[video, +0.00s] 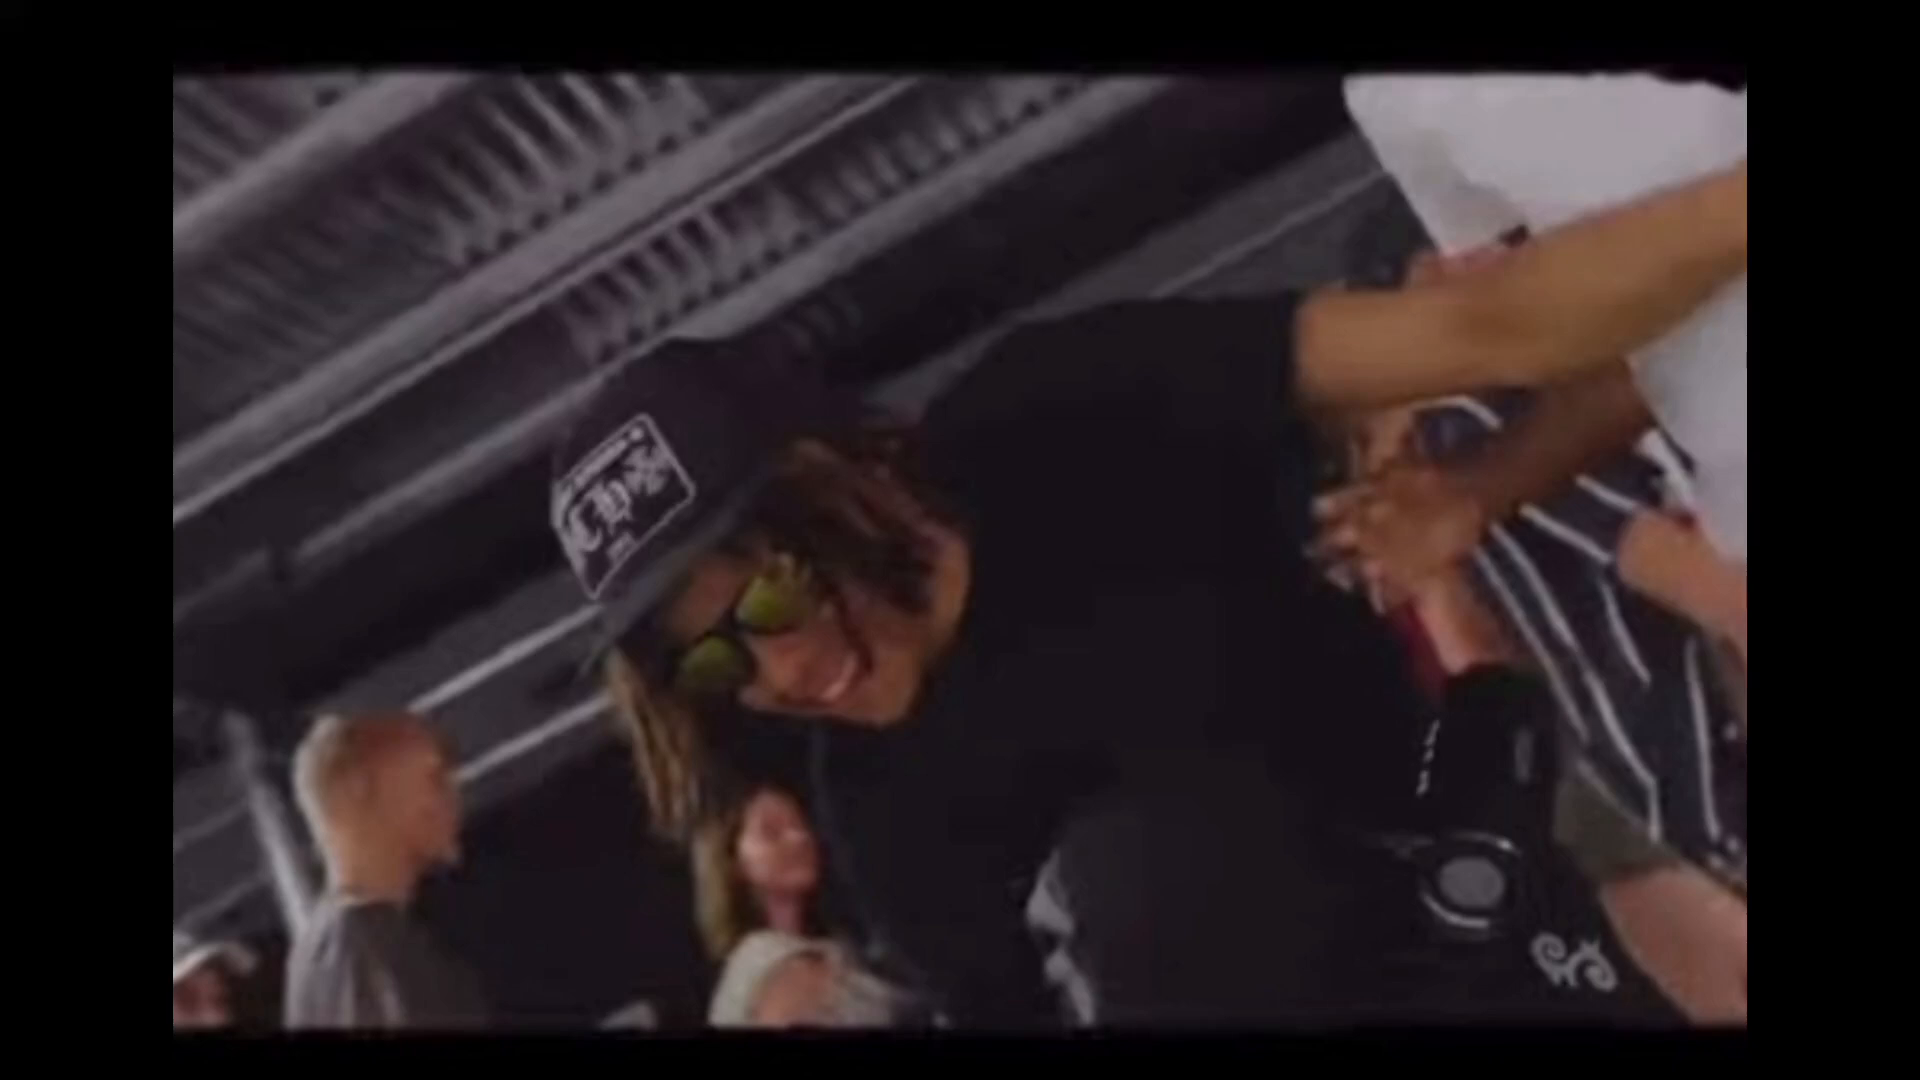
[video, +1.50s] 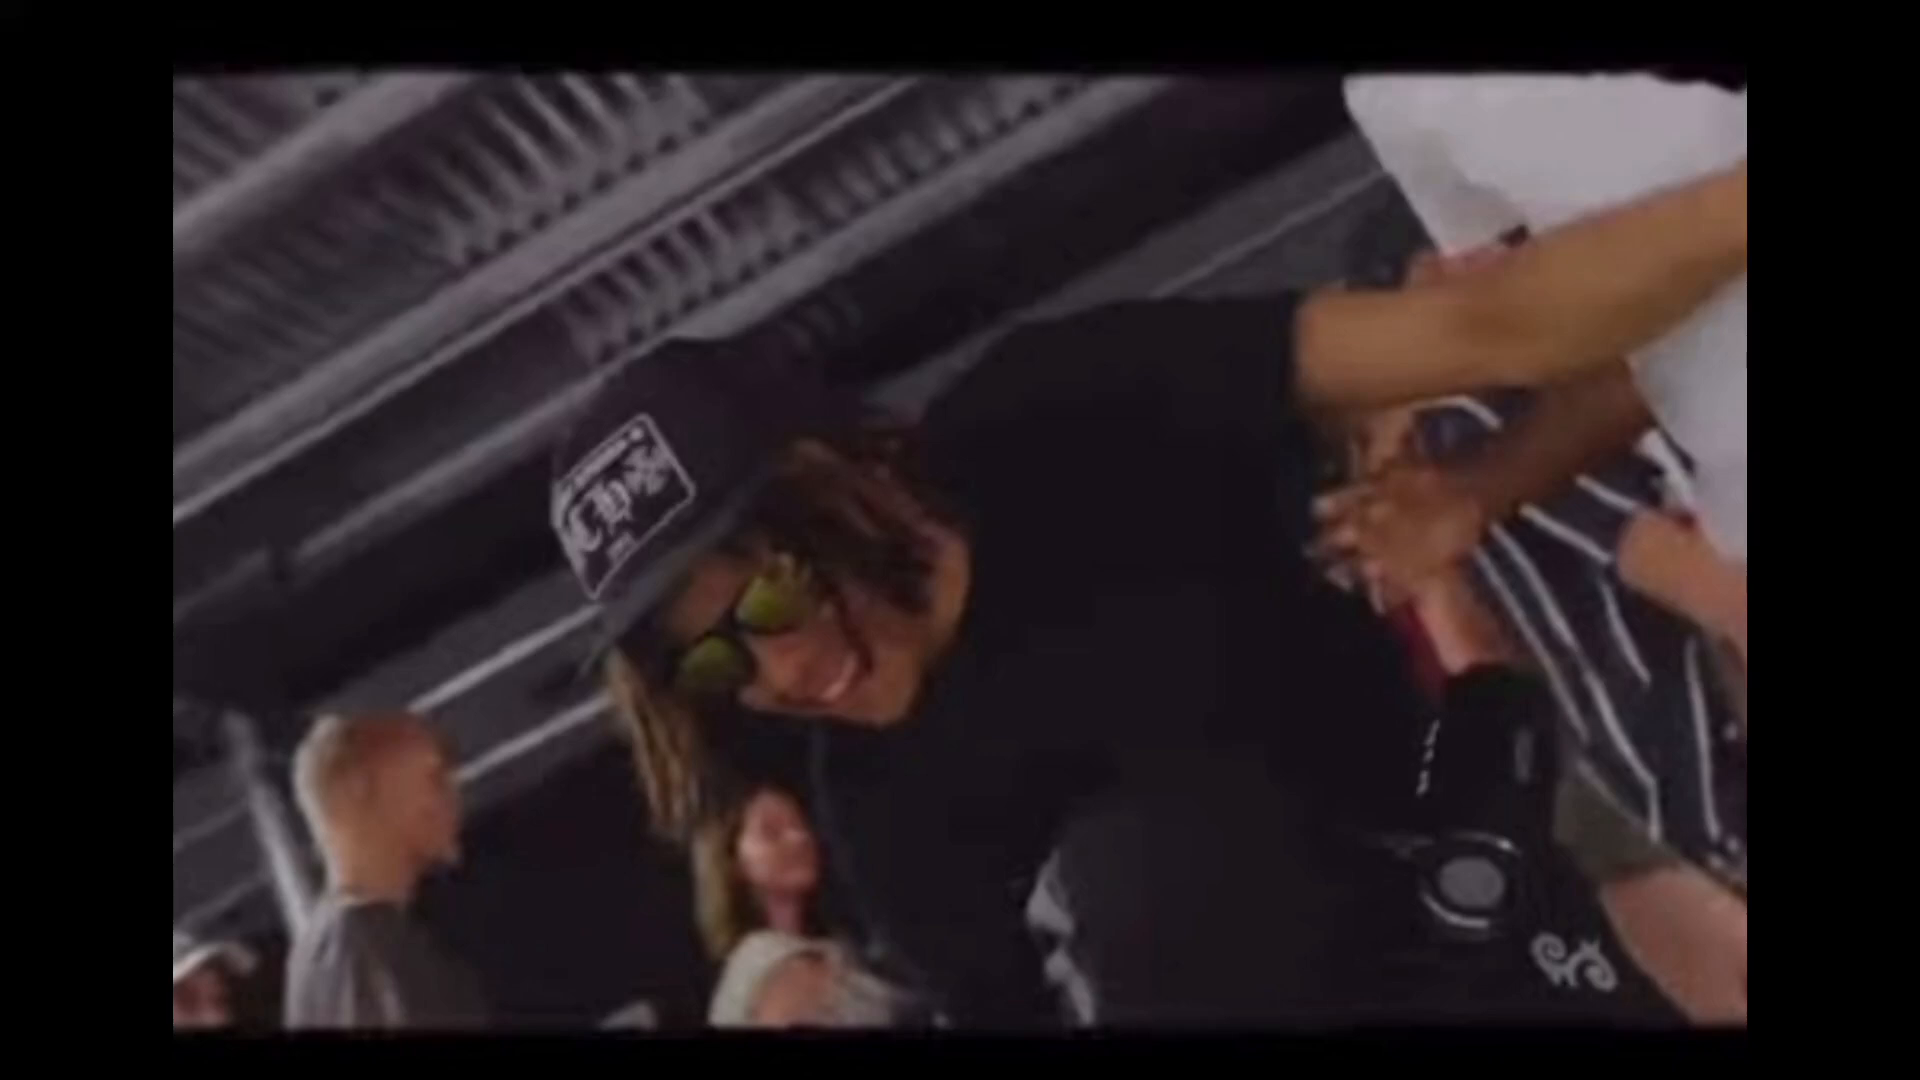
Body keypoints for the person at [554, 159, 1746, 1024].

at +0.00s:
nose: (767, 656)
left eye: (760, 582)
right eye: (708, 654)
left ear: (833, 476)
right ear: (686, 686)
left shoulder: (1051, 404)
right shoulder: (888, 847)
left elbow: (1471, 328)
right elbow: (1034, 1025)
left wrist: (1740, 208)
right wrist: (838, 995)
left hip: (1483, 841)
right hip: (1257, 975)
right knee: (1136, 864)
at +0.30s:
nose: (767, 656)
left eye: (760, 582)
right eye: (708, 654)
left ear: (833, 476)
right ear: (686, 686)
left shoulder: (1051, 404)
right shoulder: (888, 847)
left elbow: (1471, 328)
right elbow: (1034, 1025)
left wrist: (1740, 208)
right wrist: (838, 995)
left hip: (1483, 841)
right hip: (1257, 975)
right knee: (1136, 864)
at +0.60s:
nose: (768, 656)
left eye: (761, 582)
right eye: (708, 654)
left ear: (835, 476)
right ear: (687, 685)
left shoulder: (1052, 404)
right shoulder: (886, 847)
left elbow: (1472, 328)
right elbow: (1031, 1024)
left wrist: (1740, 208)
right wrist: (837, 995)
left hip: (1477, 844)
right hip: (1240, 973)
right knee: (1136, 862)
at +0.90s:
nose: (768, 656)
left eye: (761, 582)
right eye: (708, 654)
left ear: (835, 476)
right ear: (687, 685)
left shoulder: (1052, 404)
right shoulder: (886, 847)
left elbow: (1472, 328)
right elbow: (1031, 1024)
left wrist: (1740, 208)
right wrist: (837, 995)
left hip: (1477, 844)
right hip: (1240, 973)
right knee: (1136, 862)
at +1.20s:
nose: (767, 656)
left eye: (760, 582)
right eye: (708, 654)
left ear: (833, 476)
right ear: (686, 686)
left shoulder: (1051, 404)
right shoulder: (888, 847)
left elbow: (1471, 328)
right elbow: (1034, 1025)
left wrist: (1740, 208)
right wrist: (838, 995)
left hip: (1483, 841)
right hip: (1256, 975)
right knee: (1136, 864)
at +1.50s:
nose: (768, 656)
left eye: (761, 582)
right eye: (708, 654)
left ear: (835, 476)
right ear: (687, 685)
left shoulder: (1052, 404)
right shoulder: (886, 847)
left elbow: (1472, 328)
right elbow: (1031, 1024)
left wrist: (1740, 208)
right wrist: (837, 995)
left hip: (1477, 844)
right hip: (1240, 973)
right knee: (1136, 862)